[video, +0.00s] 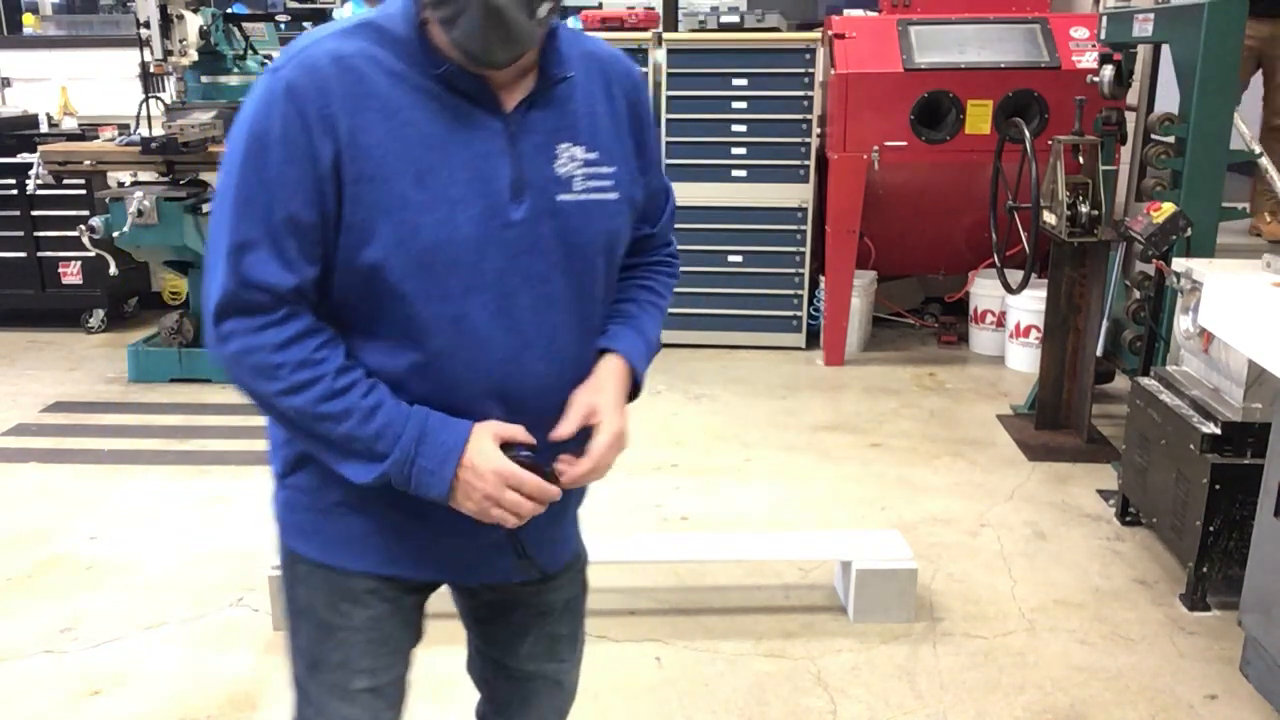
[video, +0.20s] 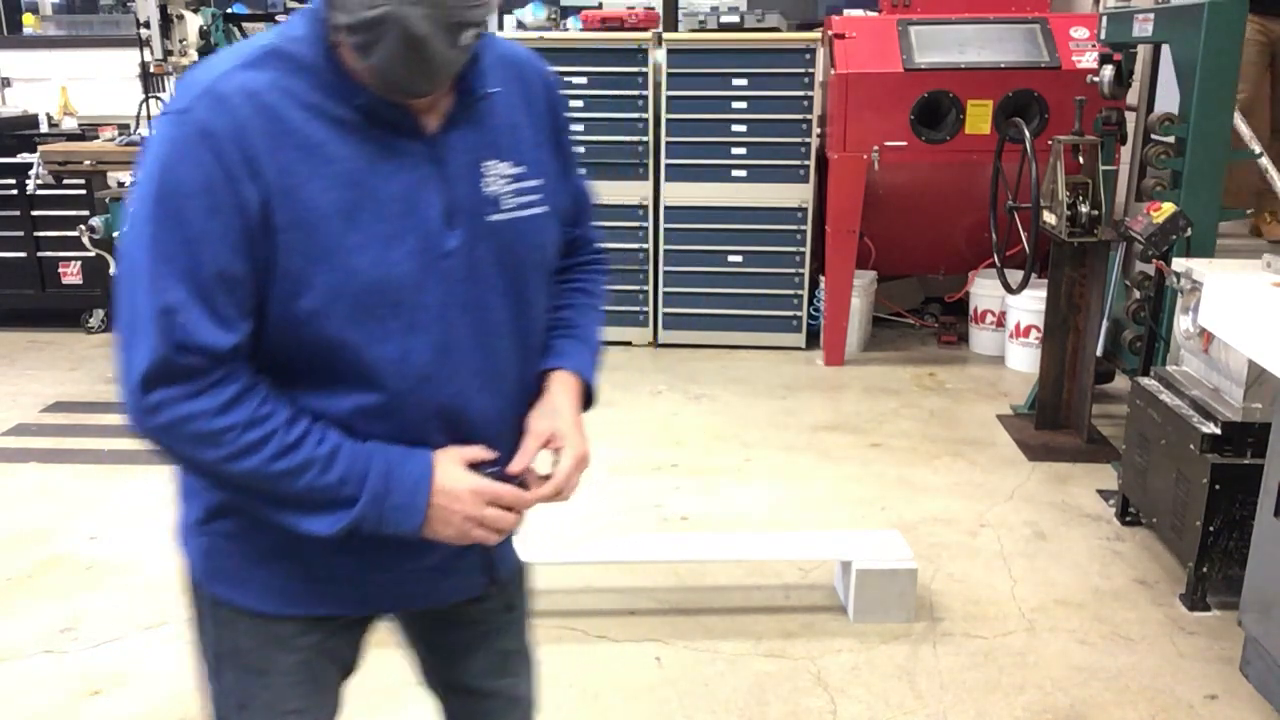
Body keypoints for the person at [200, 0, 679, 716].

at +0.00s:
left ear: (554, 4)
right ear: (431, 3)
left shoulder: (610, 87)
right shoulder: (311, 91)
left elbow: (650, 253)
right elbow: (251, 320)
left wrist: (617, 366)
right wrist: (432, 452)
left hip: (536, 509)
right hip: (354, 507)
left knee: (534, 710)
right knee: (348, 710)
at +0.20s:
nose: (433, 108)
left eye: (450, 79)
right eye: (401, 89)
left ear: (473, 29)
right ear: (342, 37)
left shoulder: (522, 89)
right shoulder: (221, 120)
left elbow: (576, 258)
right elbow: (175, 385)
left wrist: (563, 386)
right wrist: (402, 488)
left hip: (469, 543)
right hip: (278, 550)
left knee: (502, 708)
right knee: (276, 707)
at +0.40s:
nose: (348, 13)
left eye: (390, 34)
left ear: (429, 11)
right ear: (265, 6)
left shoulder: (454, 97)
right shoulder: (136, 140)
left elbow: (490, 272)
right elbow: (91, 429)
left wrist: (487, 408)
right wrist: (341, 533)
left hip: (394, 556)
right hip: (196, 575)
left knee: (430, 708)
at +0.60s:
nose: (312, 45)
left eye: (350, 10)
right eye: (279, 9)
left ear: (411, 16)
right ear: (225, 8)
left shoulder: (426, 110)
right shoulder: (102, 175)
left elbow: (455, 272)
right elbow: (45, 466)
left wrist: (498, 416)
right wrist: (270, 608)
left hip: (345, 570)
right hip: (157, 597)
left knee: (368, 709)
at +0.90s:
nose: (301, 86)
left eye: (340, 47)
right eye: (265, 44)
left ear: (398, 33)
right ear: (205, 30)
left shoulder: (415, 119)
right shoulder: (67, 216)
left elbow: (457, 280)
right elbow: (18, 504)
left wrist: (558, 423)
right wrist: (178, 685)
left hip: (330, 580)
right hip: (152, 620)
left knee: (351, 705)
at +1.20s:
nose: (300, 125)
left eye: (340, 86)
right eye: (262, 81)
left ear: (404, 74)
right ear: (211, 66)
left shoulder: (430, 144)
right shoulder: (71, 229)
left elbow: (499, 289)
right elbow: (17, 508)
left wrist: (532, 360)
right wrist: (144, 699)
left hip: (324, 560)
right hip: (149, 592)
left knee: (353, 708)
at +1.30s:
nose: (309, 148)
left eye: (350, 108)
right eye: (272, 101)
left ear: (412, 96)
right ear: (220, 75)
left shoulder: (439, 156)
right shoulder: (76, 235)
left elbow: (578, 348)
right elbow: (19, 514)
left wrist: (551, 311)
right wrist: (130, 709)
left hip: (323, 558)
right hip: (148, 586)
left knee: (361, 711)